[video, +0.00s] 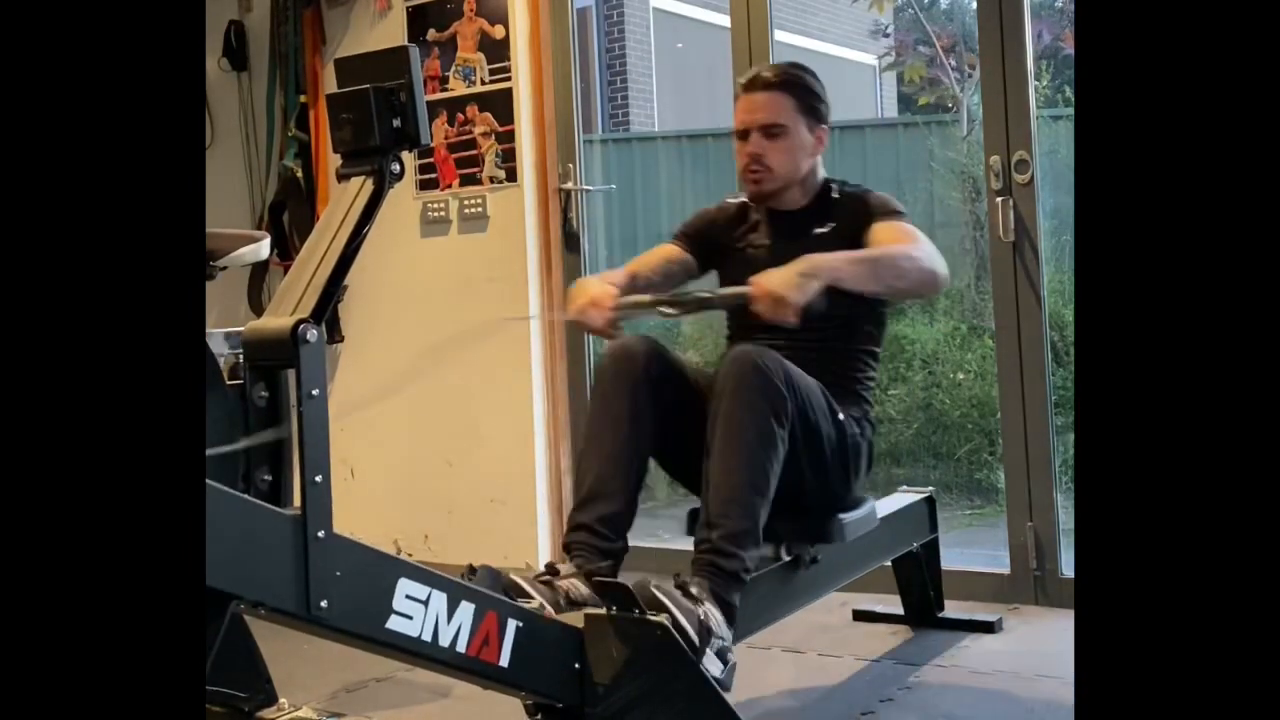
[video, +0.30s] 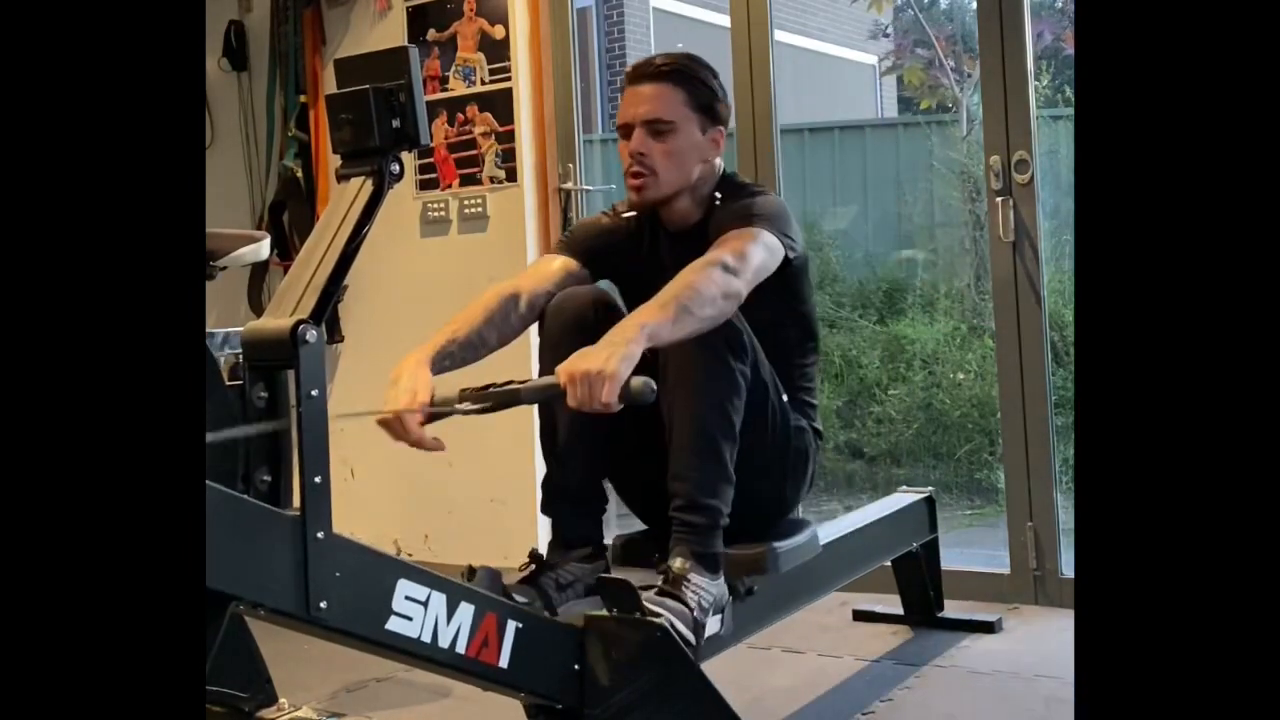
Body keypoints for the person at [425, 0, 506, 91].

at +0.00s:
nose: (471, 7)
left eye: (473, 4)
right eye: (469, 4)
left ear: (476, 7)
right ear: (463, 7)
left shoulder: (480, 22)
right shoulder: (457, 25)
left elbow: (493, 34)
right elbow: (444, 36)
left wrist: (498, 32)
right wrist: (434, 36)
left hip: (474, 60)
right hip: (460, 59)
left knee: (474, 89)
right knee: (458, 89)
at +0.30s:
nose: (471, 7)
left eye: (473, 4)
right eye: (469, 4)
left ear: (476, 7)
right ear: (463, 7)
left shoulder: (480, 22)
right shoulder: (457, 25)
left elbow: (493, 33)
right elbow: (444, 36)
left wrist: (498, 32)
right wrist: (435, 36)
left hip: (473, 60)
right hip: (460, 59)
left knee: (474, 89)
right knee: (458, 90)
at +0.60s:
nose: (471, 7)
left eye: (473, 4)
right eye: (469, 4)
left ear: (476, 7)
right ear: (463, 7)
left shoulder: (480, 22)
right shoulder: (457, 25)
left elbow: (493, 33)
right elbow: (444, 36)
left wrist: (498, 32)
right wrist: (435, 36)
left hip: (473, 60)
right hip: (460, 59)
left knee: (474, 89)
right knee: (458, 89)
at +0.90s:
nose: (471, 7)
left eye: (473, 4)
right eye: (468, 4)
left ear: (476, 7)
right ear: (463, 7)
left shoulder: (480, 22)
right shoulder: (457, 25)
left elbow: (493, 34)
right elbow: (444, 36)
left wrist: (498, 32)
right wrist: (435, 36)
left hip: (474, 60)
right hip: (460, 59)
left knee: (473, 89)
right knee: (458, 89)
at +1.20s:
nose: (471, 7)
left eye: (473, 4)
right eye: (468, 4)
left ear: (476, 7)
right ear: (463, 7)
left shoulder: (480, 22)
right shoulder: (457, 25)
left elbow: (493, 34)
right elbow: (444, 36)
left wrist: (498, 32)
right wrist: (435, 36)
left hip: (474, 60)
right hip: (460, 59)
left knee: (473, 89)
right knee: (458, 90)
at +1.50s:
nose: (471, 7)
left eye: (473, 4)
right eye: (468, 4)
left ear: (476, 7)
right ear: (463, 8)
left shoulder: (480, 22)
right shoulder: (457, 25)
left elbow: (494, 34)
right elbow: (444, 36)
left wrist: (498, 32)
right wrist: (435, 36)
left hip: (474, 60)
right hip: (460, 59)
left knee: (474, 89)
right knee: (459, 89)